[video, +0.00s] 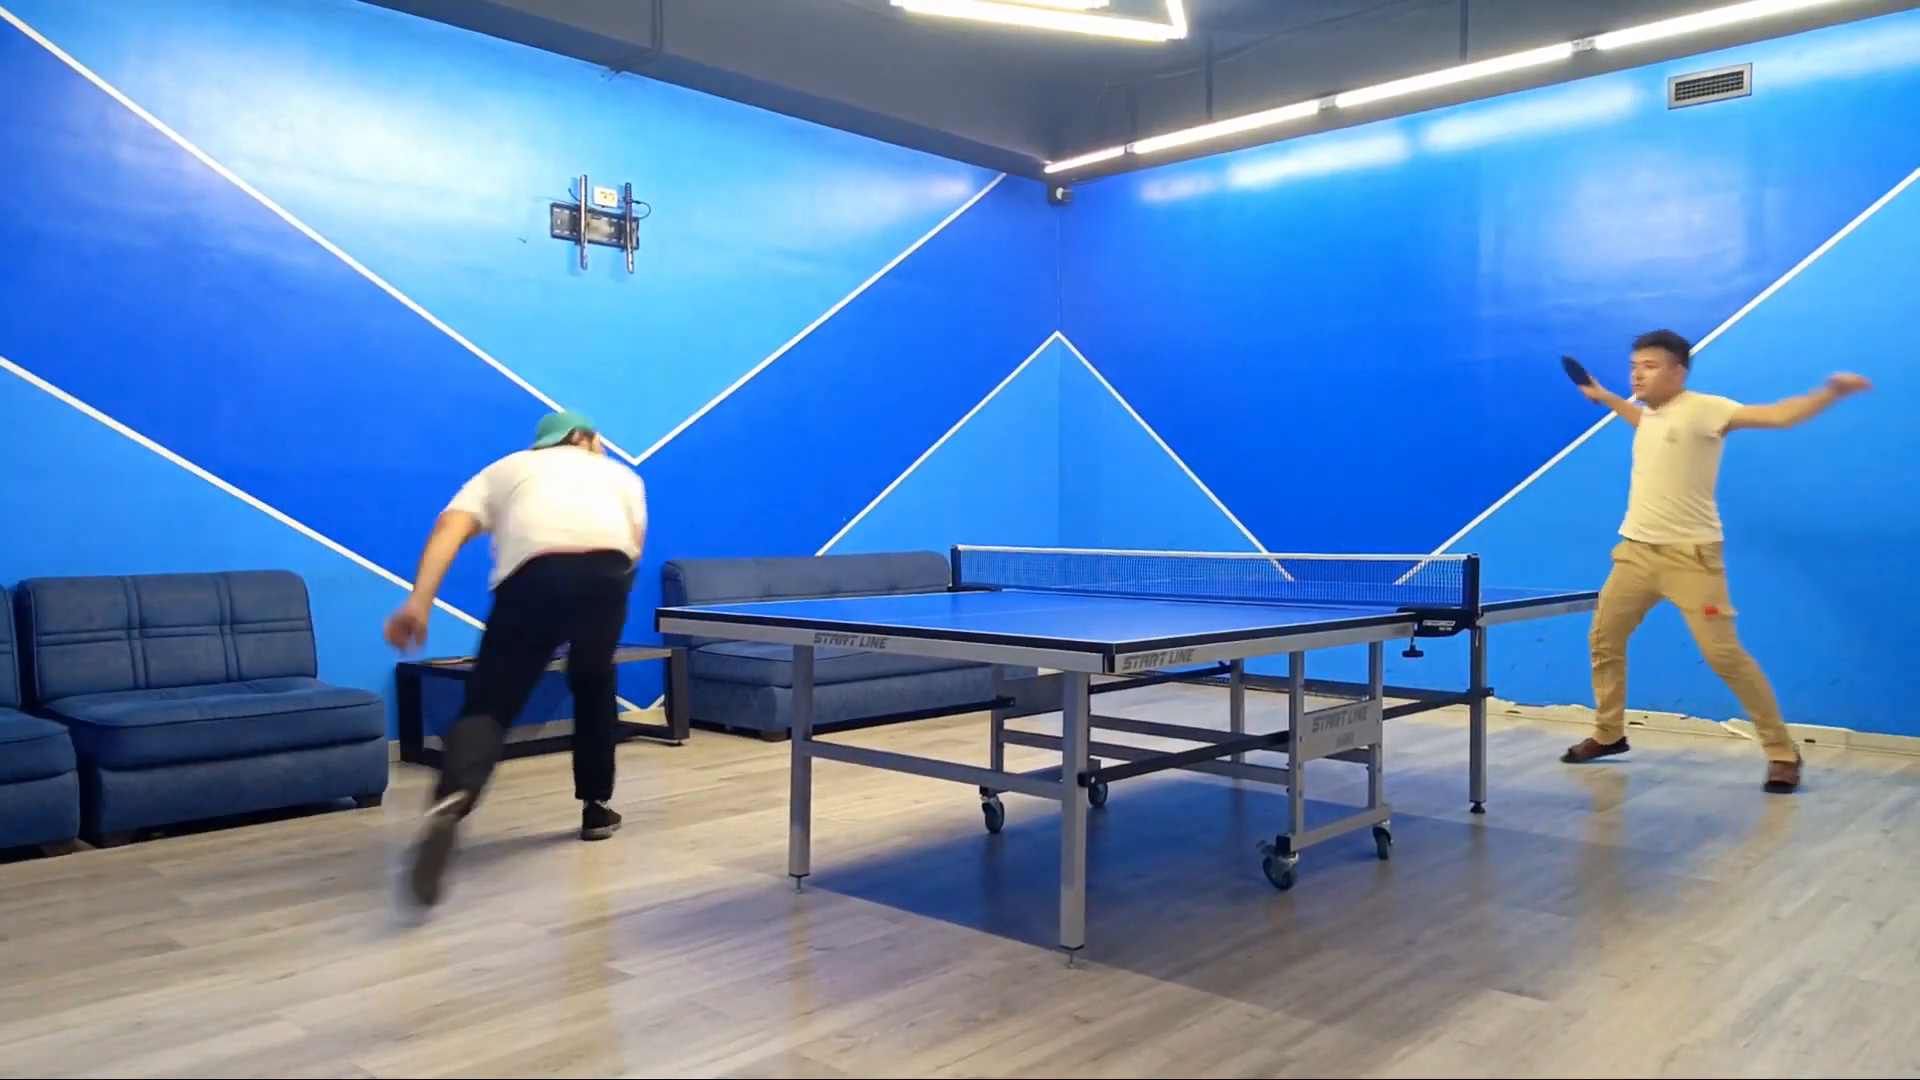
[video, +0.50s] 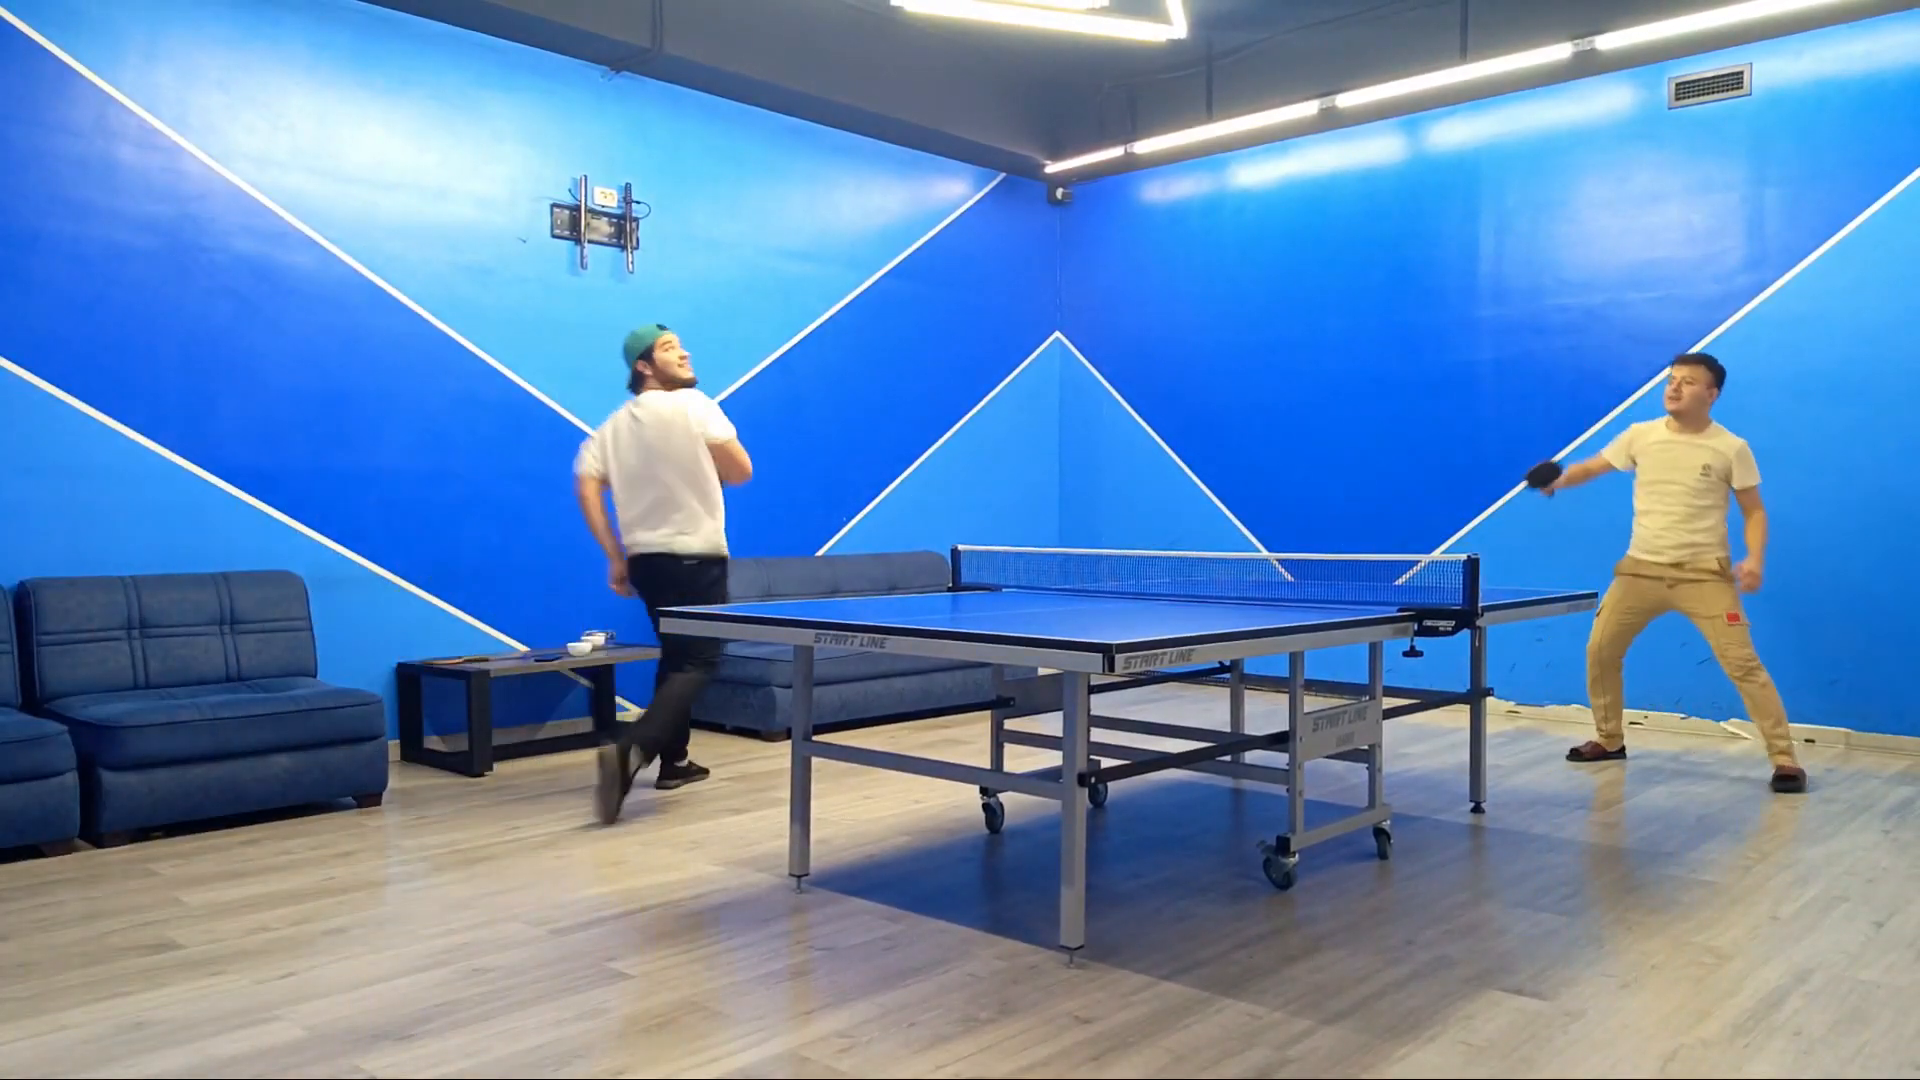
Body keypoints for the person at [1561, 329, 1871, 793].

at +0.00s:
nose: (1638, 375)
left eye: (1649, 367)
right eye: (1634, 368)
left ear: (1678, 371)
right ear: (1637, 374)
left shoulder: (1706, 410)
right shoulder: (1647, 414)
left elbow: (1778, 415)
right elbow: (1636, 413)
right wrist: (1601, 395)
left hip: (1692, 556)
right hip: (1636, 551)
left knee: (1723, 655)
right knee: (1604, 638)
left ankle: (1782, 754)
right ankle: (1608, 734)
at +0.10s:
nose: (1661, 390)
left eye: (1674, 384)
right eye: (1660, 382)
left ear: (1703, 393)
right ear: (1657, 388)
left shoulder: (1730, 438)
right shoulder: (1663, 435)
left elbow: (1806, 455)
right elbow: (1653, 456)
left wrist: (1873, 445)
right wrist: (1606, 439)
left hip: (1712, 583)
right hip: (1651, 577)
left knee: (1742, 671)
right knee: (1606, 653)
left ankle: (1791, 764)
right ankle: (1609, 739)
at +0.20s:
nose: (1682, 404)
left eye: (1695, 397)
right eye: (1680, 395)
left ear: (1723, 411)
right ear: (1676, 404)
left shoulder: (1746, 462)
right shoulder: (1668, 453)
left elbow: (1806, 503)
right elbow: (1650, 492)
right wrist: (1588, 502)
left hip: (1722, 594)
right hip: (1659, 589)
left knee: (1745, 678)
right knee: (1608, 661)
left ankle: (1791, 765)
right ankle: (1609, 741)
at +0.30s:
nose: (1689, 407)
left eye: (1702, 401)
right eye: (1686, 400)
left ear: (1728, 415)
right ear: (1681, 409)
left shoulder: (1750, 468)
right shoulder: (1667, 460)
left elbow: (1795, 527)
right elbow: (1633, 503)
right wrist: (1570, 526)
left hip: (1721, 596)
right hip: (1660, 591)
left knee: (1744, 676)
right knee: (1603, 659)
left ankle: (1791, 765)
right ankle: (1612, 742)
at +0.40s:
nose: (1683, 401)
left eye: (1697, 396)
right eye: (1681, 394)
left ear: (1723, 409)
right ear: (1675, 403)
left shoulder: (1744, 464)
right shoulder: (1654, 453)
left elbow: (1776, 525)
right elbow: (1609, 491)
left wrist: (1777, 578)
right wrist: (1557, 508)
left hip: (1713, 590)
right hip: (1650, 585)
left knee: (1741, 671)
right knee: (1598, 655)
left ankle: (1790, 764)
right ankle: (1610, 742)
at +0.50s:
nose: (1674, 387)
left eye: (1687, 382)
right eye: (1672, 380)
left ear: (1711, 394)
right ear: (1666, 387)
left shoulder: (1731, 449)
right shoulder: (1640, 435)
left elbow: (1754, 511)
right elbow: (1591, 466)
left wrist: (1755, 559)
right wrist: (1558, 480)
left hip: (1704, 577)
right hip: (1640, 572)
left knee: (1743, 664)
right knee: (1601, 649)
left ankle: (1784, 759)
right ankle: (1609, 741)